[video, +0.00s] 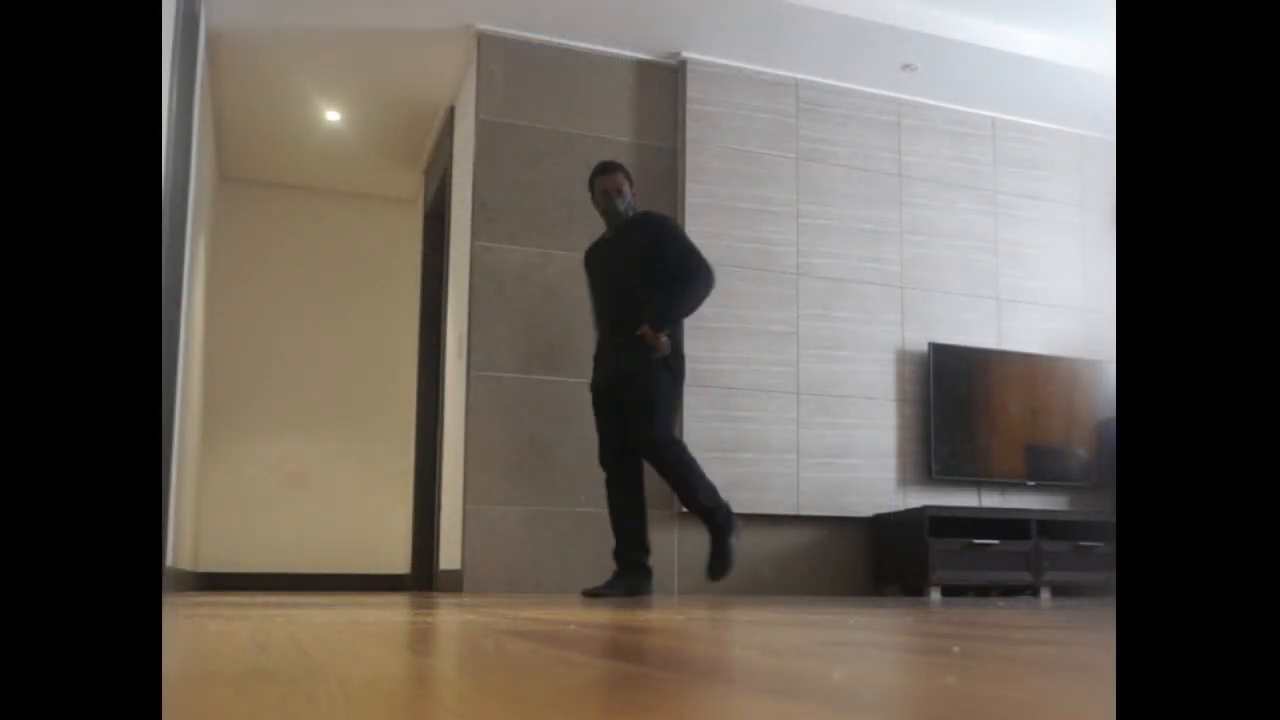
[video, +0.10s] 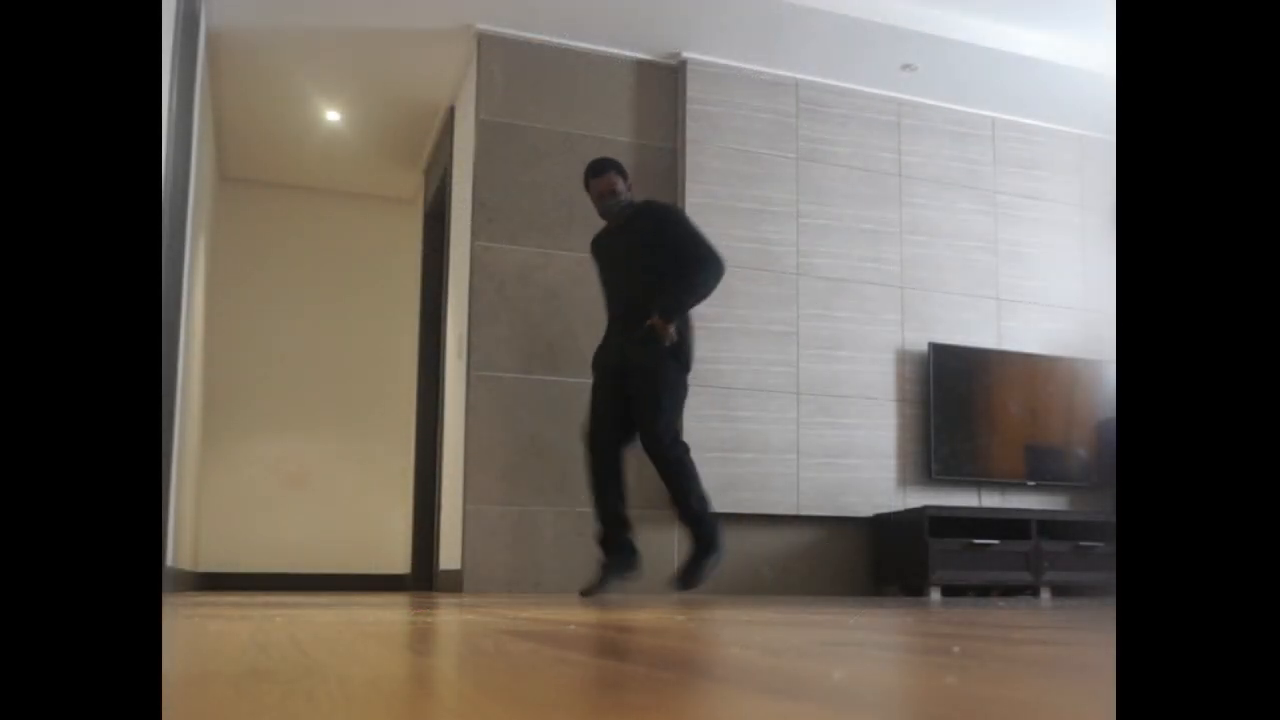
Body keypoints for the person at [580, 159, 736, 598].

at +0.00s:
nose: (613, 200)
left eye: (619, 191)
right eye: (604, 195)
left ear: (632, 192)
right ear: (593, 202)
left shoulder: (657, 228)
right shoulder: (596, 255)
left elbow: (701, 277)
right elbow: (605, 317)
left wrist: (662, 322)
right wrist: (602, 368)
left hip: (655, 363)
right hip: (611, 368)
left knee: (656, 443)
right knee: (618, 464)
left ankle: (720, 520)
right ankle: (632, 571)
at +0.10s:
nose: (608, 200)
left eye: (613, 191)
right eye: (600, 196)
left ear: (628, 186)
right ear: (592, 201)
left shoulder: (661, 218)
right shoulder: (602, 245)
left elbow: (710, 266)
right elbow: (620, 302)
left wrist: (670, 312)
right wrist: (609, 346)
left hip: (663, 352)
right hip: (618, 355)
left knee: (661, 441)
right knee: (602, 444)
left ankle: (706, 538)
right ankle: (619, 553)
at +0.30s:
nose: (615, 220)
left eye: (620, 211)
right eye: (606, 216)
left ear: (635, 205)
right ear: (600, 220)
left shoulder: (662, 235)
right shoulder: (619, 250)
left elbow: (730, 273)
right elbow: (633, 296)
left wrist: (688, 332)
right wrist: (605, 332)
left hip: (670, 360)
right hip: (636, 355)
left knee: (666, 462)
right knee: (568, 386)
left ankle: (693, 570)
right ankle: (597, 495)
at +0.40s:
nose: (634, 193)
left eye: (640, 185)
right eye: (625, 187)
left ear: (654, 184)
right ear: (615, 191)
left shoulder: (673, 222)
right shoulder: (620, 229)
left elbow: (734, 270)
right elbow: (636, 284)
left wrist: (685, 316)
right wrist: (628, 328)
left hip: (669, 347)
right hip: (629, 343)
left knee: (646, 442)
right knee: (596, 423)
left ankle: (663, 560)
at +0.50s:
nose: (648, 198)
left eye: (656, 190)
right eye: (640, 191)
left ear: (669, 189)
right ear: (628, 192)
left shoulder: (681, 231)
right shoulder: (625, 235)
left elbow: (728, 282)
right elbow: (624, 293)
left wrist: (680, 316)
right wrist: (620, 338)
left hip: (662, 359)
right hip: (624, 356)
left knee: (649, 458)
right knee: (613, 453)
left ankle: (652, 571)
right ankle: (703, 492)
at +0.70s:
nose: (656, 211)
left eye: (662, 202)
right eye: (647, 204)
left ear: (675, 196)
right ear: (635, 204)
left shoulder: (698, 237)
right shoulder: (634, 244)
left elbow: (728, 300)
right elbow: (632, 305)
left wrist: (677, 317)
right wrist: (611, 348)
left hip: (671, 359)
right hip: (637, 359)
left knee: (620, 429)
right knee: (658, 458)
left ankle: (612, 549)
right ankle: (709, 555)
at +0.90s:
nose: (642, 215)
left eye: (647, 206)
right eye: (634, 210)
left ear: (661, 200)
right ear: (626, 213)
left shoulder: (694, 234)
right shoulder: (634, 252)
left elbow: (731, 287)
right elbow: (630, 310)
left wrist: (685, 314)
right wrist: (590, 349)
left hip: (680, 355)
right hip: (651, 357)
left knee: (607, 404)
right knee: (652, 460)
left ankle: (611, 521)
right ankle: (706, 554)